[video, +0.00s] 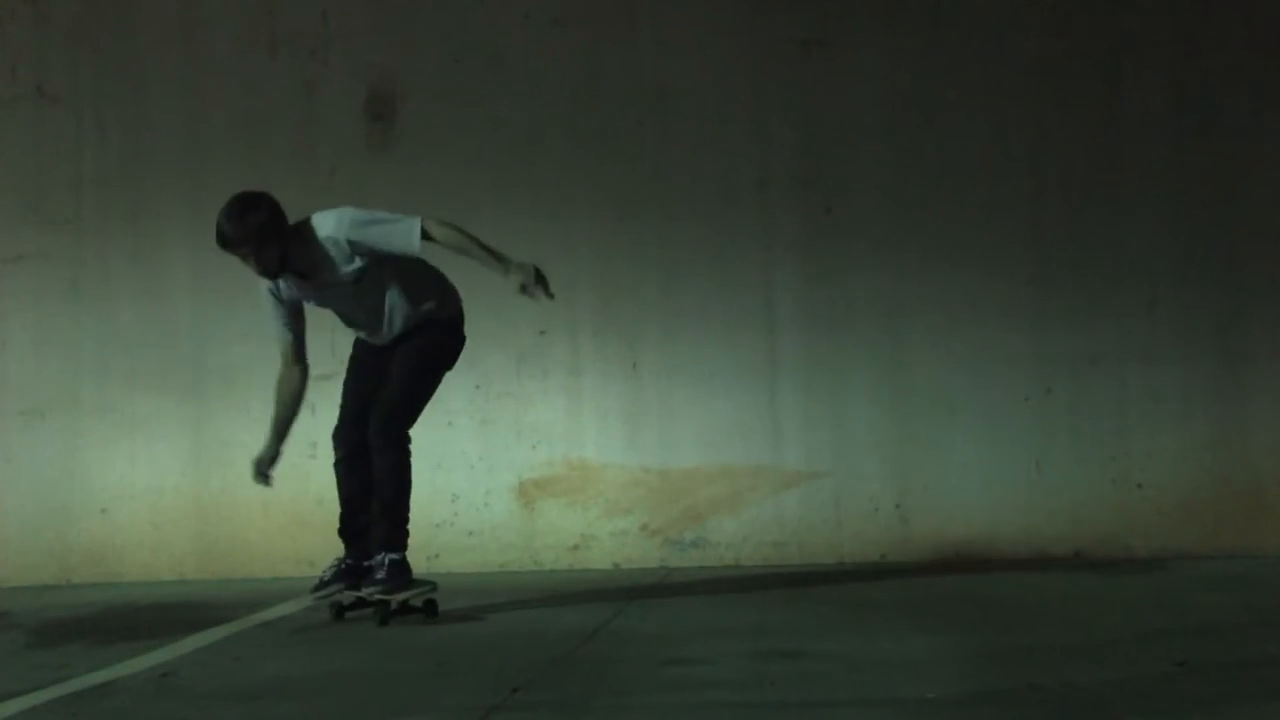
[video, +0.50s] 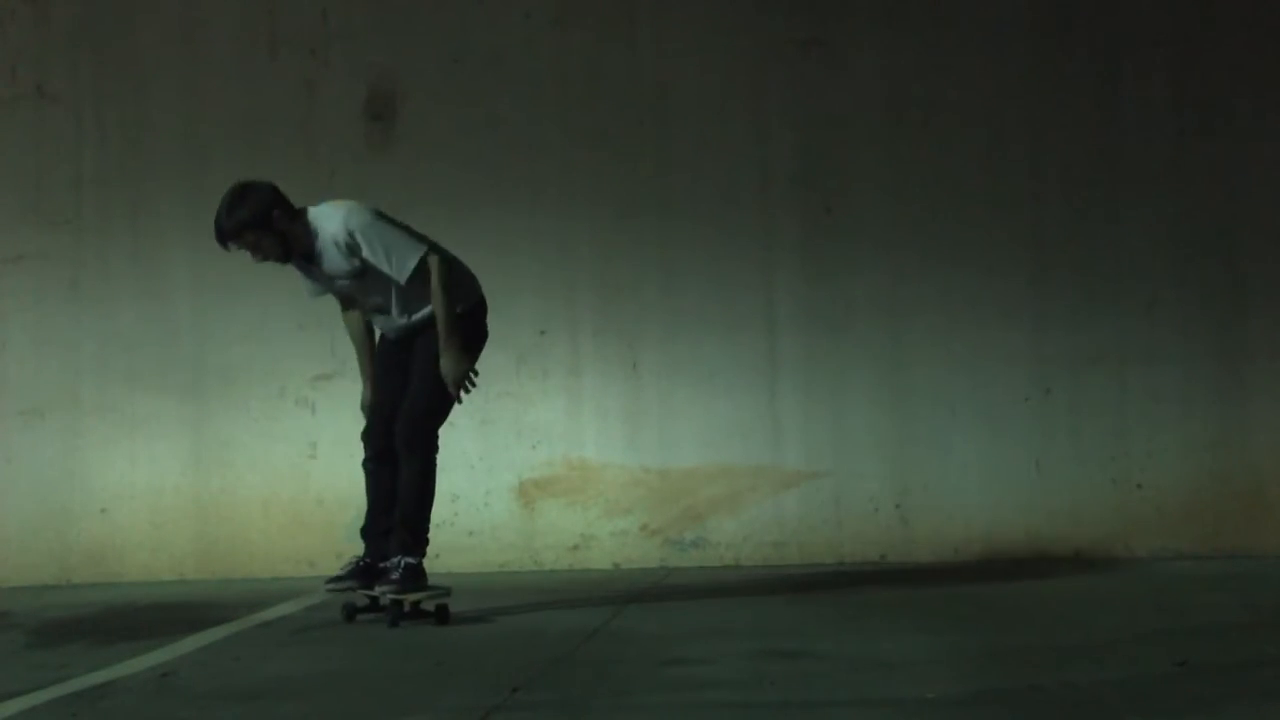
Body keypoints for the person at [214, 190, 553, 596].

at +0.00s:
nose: (253, 265)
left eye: (254, 251)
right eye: (243, 258)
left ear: (277, 231)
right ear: (242, 254)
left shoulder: (337, 229)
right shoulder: (280, 283)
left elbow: (430, 229)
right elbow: (292, 365)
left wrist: (508, 267)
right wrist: (273, 445)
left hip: (431, 324)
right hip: (377, 339)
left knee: (387, 430)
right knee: (348, 438)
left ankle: (391, 560)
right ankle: (359, 558)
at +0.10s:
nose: (247, 280)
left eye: (247, 267)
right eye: (238, 273)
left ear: (270, 245)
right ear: (243, 265)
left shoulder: (333, 241)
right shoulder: (284, 289)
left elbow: (427, 243)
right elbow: (316, 359)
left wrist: (499, 295)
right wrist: (313, 444)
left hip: (437, 319)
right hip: (382, 336)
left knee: (399, 431)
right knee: (363, 436)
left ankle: (397, 560)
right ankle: (364, 558)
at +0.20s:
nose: (247, 289)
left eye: (245, 276)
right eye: (238, 282)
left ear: (269, 251)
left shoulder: (339, 248)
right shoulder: (292, 295)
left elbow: (431, 262)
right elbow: (331, 350)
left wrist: (484, 326)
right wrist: (340, 434)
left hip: (440, 320)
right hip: (388, 335)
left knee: (407, 428)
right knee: (371, 438)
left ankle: (401, 560)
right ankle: (369, 558)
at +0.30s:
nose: (249, 288)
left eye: (246, 276)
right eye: (240, 281)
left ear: (266, 253)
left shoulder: (342, 244)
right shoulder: (295, 288)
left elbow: (430, 267)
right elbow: (338, 337)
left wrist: (467, 347)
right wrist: (355, 419)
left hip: (443, 313)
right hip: (392, 331)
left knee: (411, 431)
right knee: (373, 438)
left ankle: (405, 561)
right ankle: (372, 558)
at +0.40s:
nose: (251, 276)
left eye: (249, 264)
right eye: (243, 269)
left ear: (271, 239)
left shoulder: (345, 237)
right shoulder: (300, 275)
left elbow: (433, 270)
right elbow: (344, 323)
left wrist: (454, 353)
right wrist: (363, 400)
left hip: (448, 316)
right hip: (397, 331)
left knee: (414, 428)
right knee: (376, 434)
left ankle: (406, 560)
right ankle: (374, 558)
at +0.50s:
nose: (254, 256)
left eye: (252, 243)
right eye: (245, 250)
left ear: (276, 219)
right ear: (277, 222)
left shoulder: (348, 222)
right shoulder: (302, 254)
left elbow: (435, 261)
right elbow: (352, 306)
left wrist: (450, 349)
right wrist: (369, 383)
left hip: (450, 314)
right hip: (399, 330)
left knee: (414, 430)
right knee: (378, 434)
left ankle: (408, 560)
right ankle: (378, 556)